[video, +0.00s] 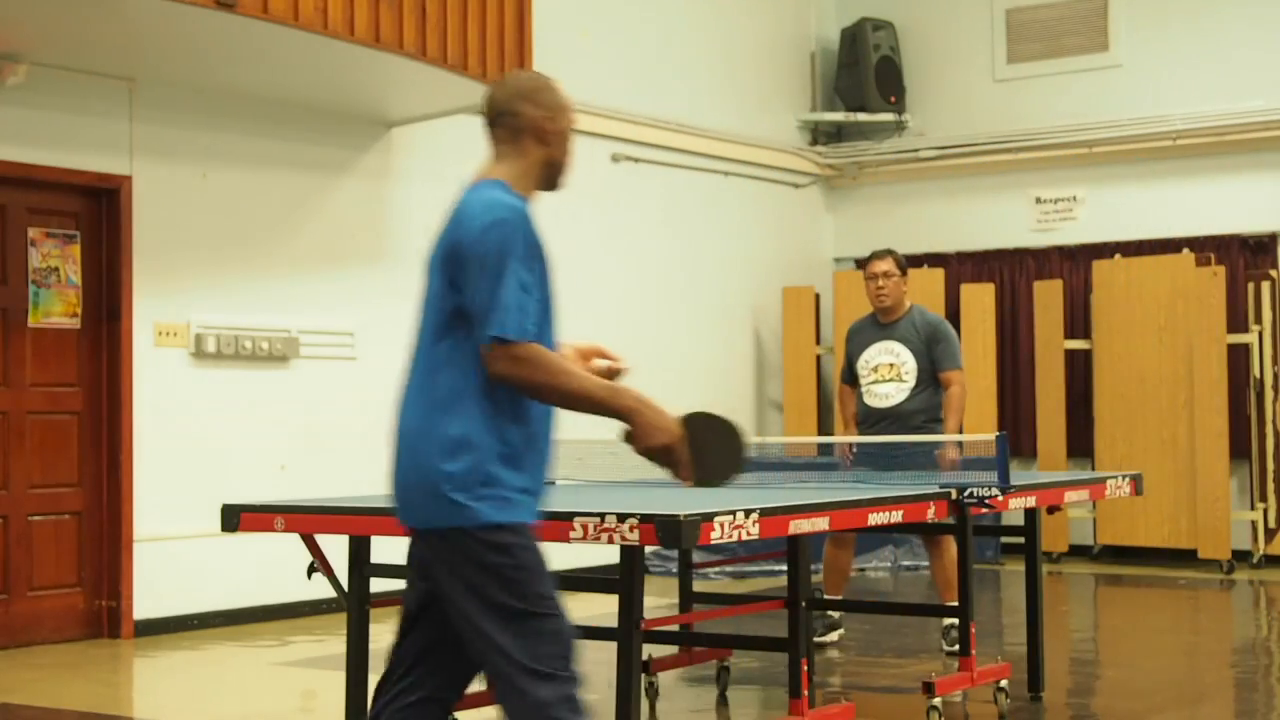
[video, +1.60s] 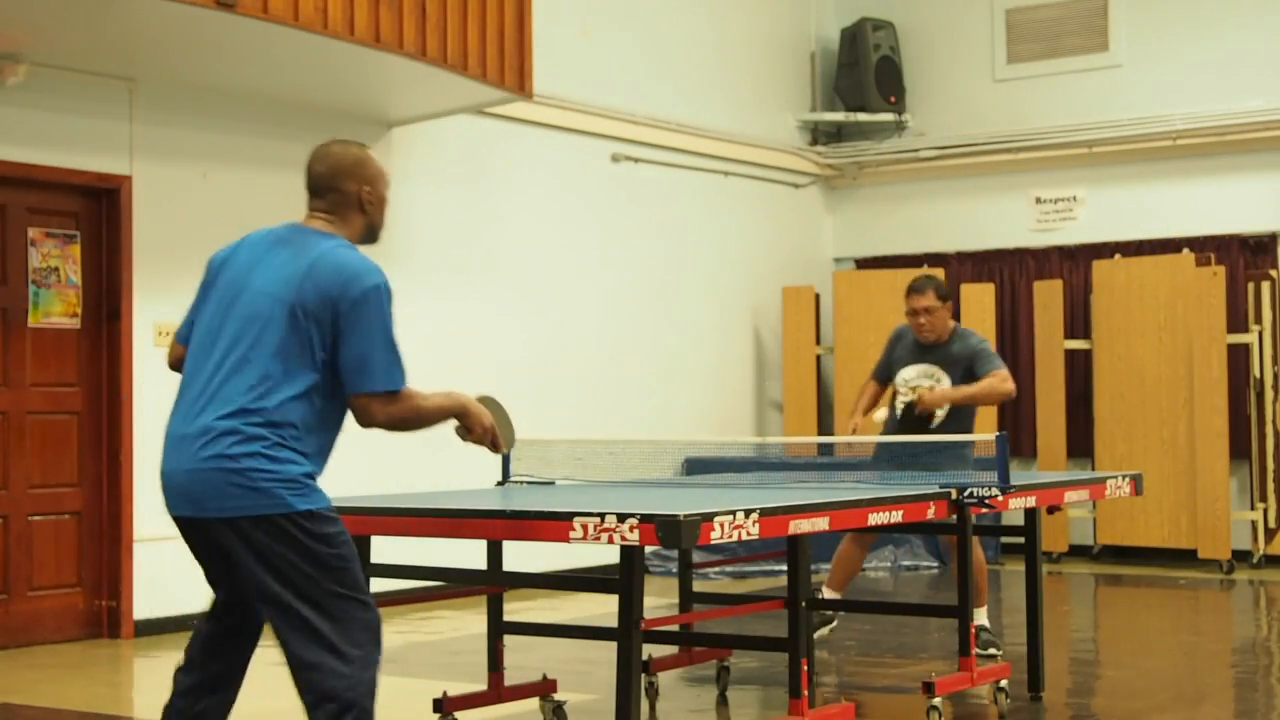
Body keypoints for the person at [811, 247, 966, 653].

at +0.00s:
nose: (880, 285)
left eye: (888, 277)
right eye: (872, 279)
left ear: (905, 281)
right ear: (864, 286)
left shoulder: (933, 327)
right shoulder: (857, 333)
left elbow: (954, 385)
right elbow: (848, 384)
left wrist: (950, 439)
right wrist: (848, 428)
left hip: (921, 449)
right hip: (868, 449)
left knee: (938, 533)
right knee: (841, 529)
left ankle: (953, 621)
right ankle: (829, 613)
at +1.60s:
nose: (920, 321)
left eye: (928, 312)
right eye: (913, 313)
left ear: (949, 309)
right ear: (906, 312)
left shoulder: (971, 346)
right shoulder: (902, 338)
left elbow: (1004, 385)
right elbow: (879, 380)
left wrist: (946, 397)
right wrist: (860, 412)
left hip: (946, 468)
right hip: (894, 465)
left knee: (962, 538)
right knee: (861, 531)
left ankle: (980, 624)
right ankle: (824, 606)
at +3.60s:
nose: (925, 295)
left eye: (933, 287)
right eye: (919, 289)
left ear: (955, 288)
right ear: (915, 292)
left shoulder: (975, 325)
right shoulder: (917, 331)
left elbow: (979, 359)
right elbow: (896, 369)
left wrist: (953, 368)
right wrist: (884, 379)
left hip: (968, 445)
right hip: (918, 444)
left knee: (981, 530)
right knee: (894, 523)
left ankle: (1004, 618)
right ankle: (873, 606)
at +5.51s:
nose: (946, 294)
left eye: (953, 285)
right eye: (940, 289)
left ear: (972, 287)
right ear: (935, 296)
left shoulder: (992, 321)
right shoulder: (941, 331)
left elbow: (998, 346)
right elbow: (924, 375)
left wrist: (974, 316)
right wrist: (908, 370)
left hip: (982, 442)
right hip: (937, 441)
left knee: (991, 527)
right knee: (912, 516)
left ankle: (1017, 614)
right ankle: (895, 601)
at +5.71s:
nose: (953, 294)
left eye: (962, 287)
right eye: (947, 288)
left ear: (981, 292)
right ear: (940, 294)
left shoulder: (1000, 332)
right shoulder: (939, 337)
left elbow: (1014, 373)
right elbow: (927, 387)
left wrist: (990, 360)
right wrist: (915, 387)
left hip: (985, 446)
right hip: (941, 446)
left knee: (993, 529)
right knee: (926, 524)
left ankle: (1017, 616)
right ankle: (911, 610)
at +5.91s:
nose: (951, 291)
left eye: (960, 284)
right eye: (945, 284)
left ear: (979, 289)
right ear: (939, 290)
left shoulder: (1002, 332)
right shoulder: (933, 335)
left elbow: (1020, 383)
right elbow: (912, 384)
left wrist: (983, 394)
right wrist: (915, 400)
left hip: (984, 446)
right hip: (937, 445)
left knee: (995, 526)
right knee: (919, 522)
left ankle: (1016, 614)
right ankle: (905, 608)